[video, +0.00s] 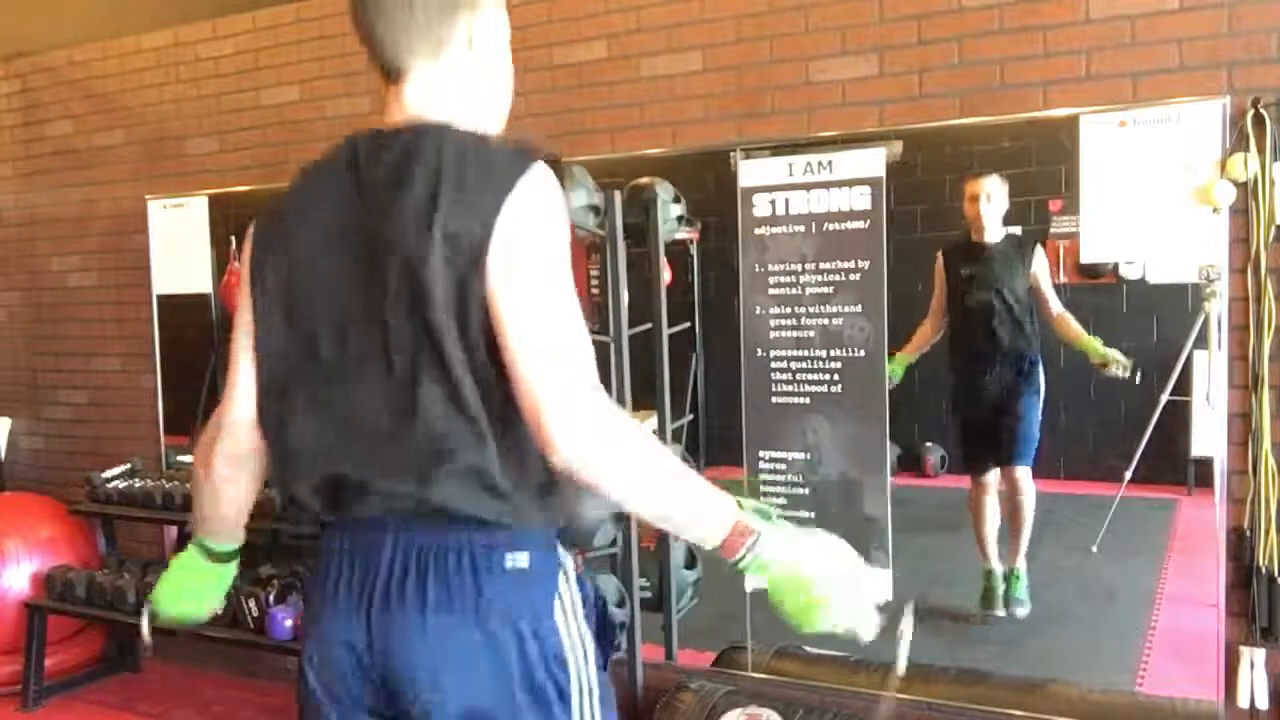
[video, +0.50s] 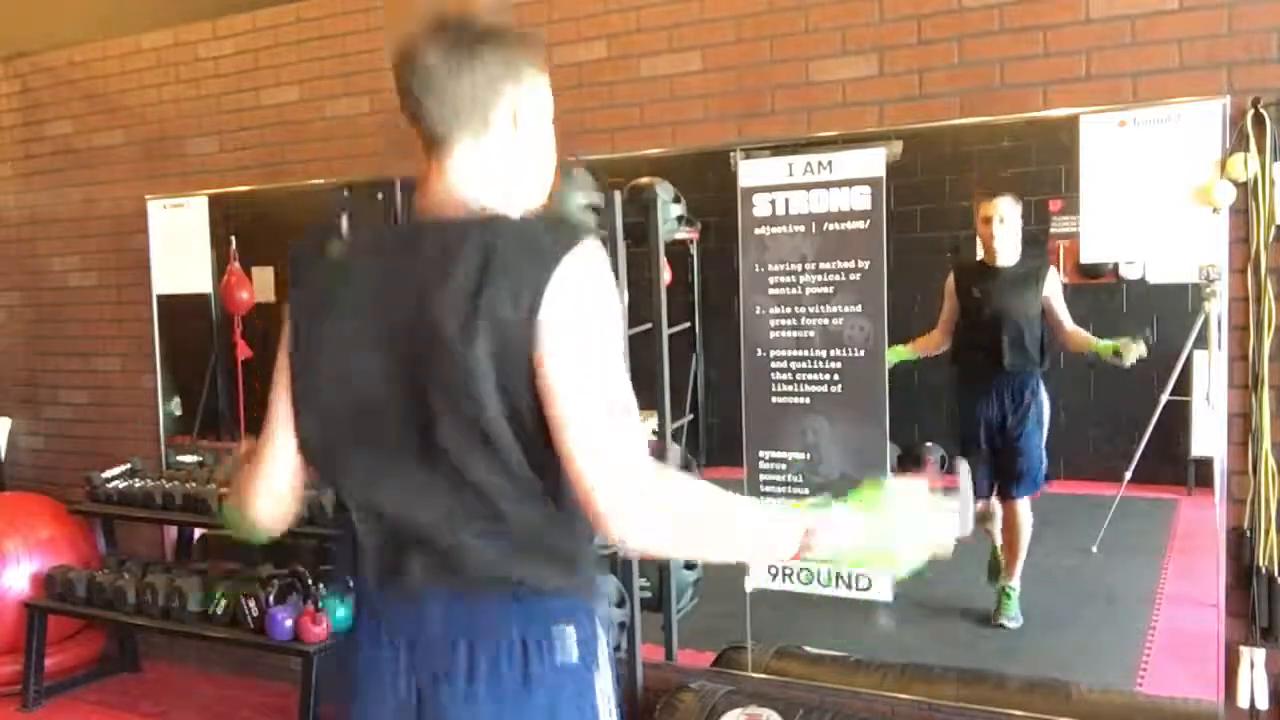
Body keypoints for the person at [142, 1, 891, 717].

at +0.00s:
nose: (511, 69)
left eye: (504, 45)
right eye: (503, 45)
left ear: (383, 58)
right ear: (479, 44)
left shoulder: (280, 223)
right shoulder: (508, 184)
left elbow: (236, 433)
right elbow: (574, 430)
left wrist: (212, 550)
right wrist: (755, 541)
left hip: (340, 583)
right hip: (492, 585)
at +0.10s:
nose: (514, 142)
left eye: (508, 116)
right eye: (508, 115)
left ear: (382, 128)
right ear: (482, 118)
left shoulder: (295, 280)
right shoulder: (507, 257)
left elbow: (224, 514)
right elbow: (583, 505)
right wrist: (777, 516)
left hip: (354, 642)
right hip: (501, 644)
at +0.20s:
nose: (523, 154)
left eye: (516, 128)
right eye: (518, 127)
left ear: (386, 135)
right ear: (495, 128)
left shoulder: (293, 298)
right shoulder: (517, 277)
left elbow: (218, 504)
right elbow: (605, 515)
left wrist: (335, 438)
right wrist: (789, 500)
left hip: (349, 677)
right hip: (502, 676)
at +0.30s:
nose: (535, 75)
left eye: (531, 49)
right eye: (529, 48)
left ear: (402, 57)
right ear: (506, 49)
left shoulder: (305, 225)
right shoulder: (530, 195)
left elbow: (239, 440)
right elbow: (598, 446)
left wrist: (232, 529)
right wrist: (775, 534)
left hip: (356, 597)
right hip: (506, 599)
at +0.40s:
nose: (544, 78)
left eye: (541, 52)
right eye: (539, 52)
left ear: (414, 54)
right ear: (512, 47)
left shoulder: (310, 219)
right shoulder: (541, 186)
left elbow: (260, 434)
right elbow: (603, 435)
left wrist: (237, 534)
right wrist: (779, 555)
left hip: (364, 584)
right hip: (517, 590)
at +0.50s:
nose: (557, 137)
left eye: (549, 115)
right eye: (551, 114)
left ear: (417, 127)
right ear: (525, 117)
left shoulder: (325, 279)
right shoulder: (556, 267)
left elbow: (261, 506)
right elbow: (627, 506)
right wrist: (829, 529)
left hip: (381, 644)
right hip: (533, 647)